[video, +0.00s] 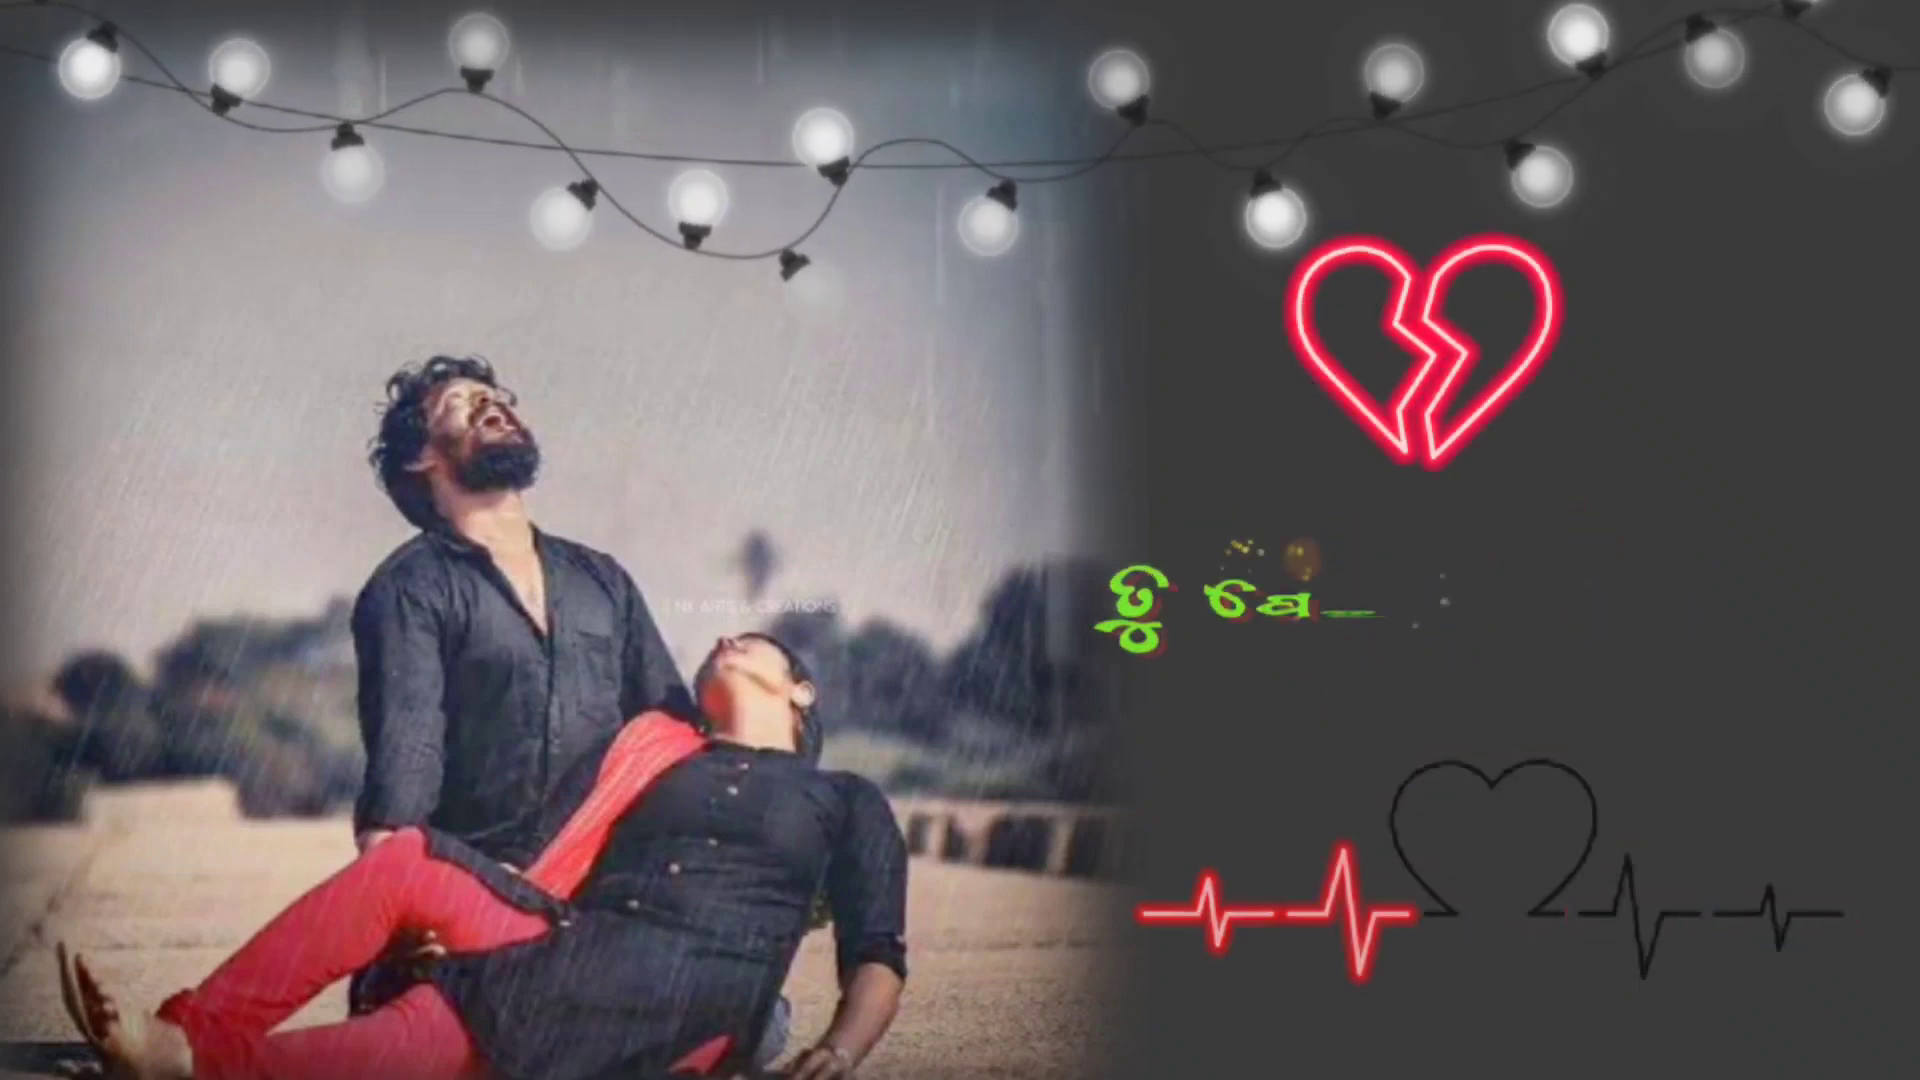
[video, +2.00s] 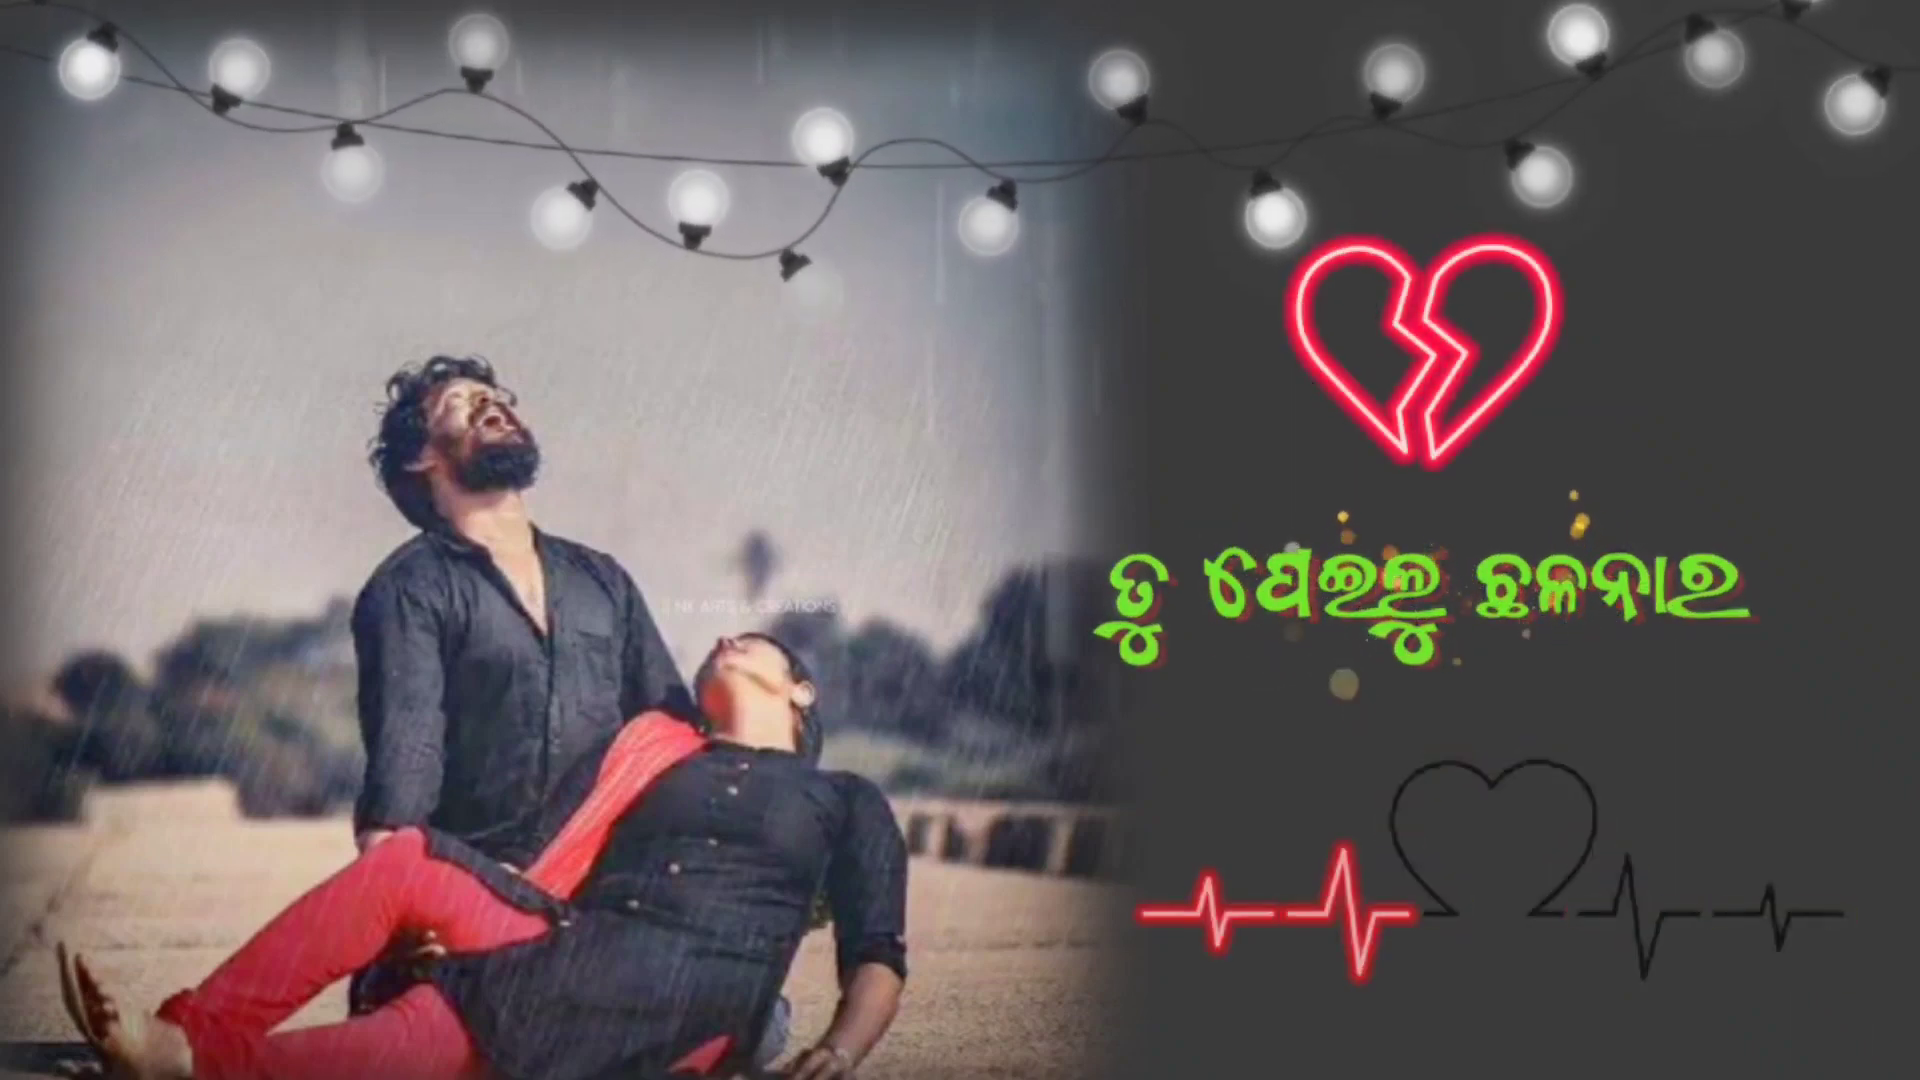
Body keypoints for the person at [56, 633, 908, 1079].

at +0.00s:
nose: (721, 660)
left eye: (749, 656)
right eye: (717, 659)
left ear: (799, 699)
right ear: (709, 698)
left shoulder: (844, 798)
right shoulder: (662, 755)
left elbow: (879, 967)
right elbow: (574, 892)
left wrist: (836, 1063)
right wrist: (455, 949)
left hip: (693, 982)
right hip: (587, 946)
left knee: (451, 1028)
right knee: (400, 859)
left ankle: (187, 1058)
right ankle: (178, 1041)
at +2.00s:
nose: (721, 660)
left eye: (749, 656)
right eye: (717, 659)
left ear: (799, 699)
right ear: (709, 698)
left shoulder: (844, 798)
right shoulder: (662, 755)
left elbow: (879, 967)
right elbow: (574, 892)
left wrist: (836, 1063)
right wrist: (455, 949)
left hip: (693, 983)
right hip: (587, 946)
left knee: (451, 1028)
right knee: (400, 859)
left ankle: (187, 1058)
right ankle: (178, 1041)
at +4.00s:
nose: (722, 660)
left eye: (749, 656)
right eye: (717, 659)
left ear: (799, 699)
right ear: (709, 698)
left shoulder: (844, 798)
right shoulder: (662, 755)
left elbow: (879, 967)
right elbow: (574, 891)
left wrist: (836, 1063)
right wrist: (455, 949)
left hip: (692, 983)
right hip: (586, 946)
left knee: (451, 1028)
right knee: (400, 859)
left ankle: (187, 1057)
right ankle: (178, 1041)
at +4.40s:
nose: (722, 661)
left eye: (749, 657)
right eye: (717, 660)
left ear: (799, 700)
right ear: (709, 698)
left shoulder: (843, 798)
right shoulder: (661, 753)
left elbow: (879, 969)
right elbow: (573, 893)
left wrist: (831, 1066)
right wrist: (455, 946)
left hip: (692, 981)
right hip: (586, 944)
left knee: (452, 1029)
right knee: (401, 860)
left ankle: (190, 1059)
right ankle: (178, 1040)